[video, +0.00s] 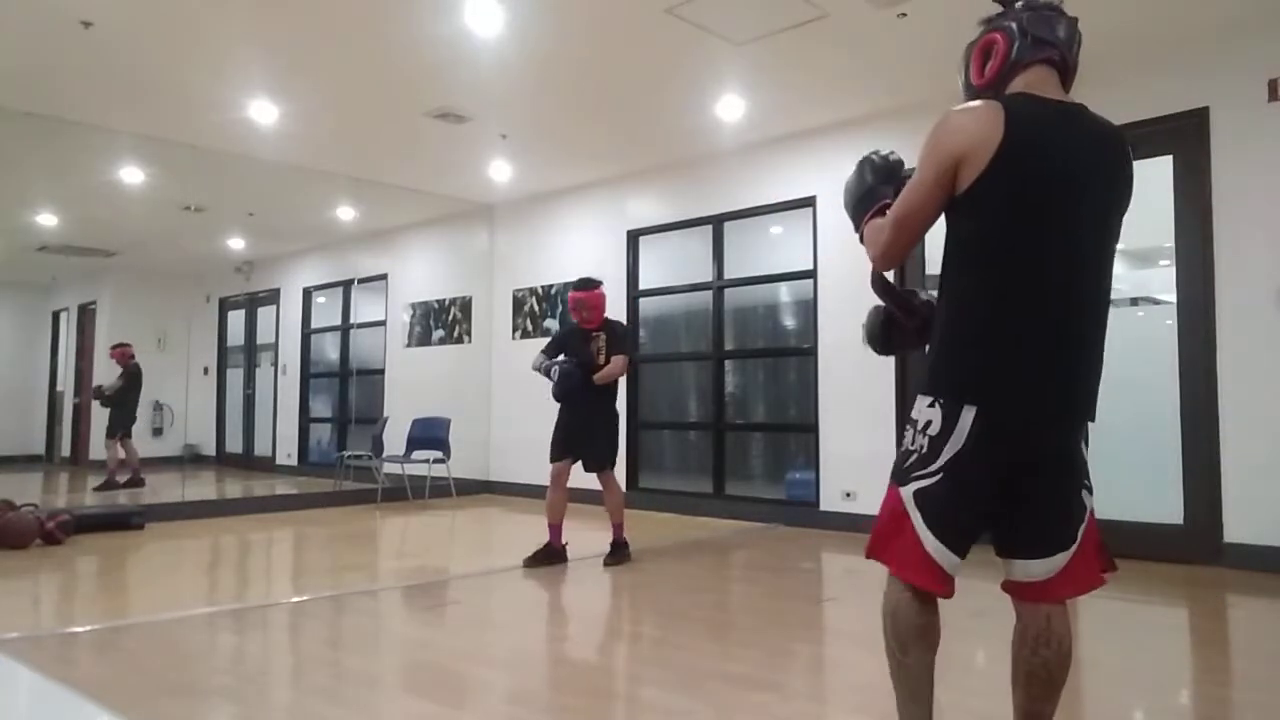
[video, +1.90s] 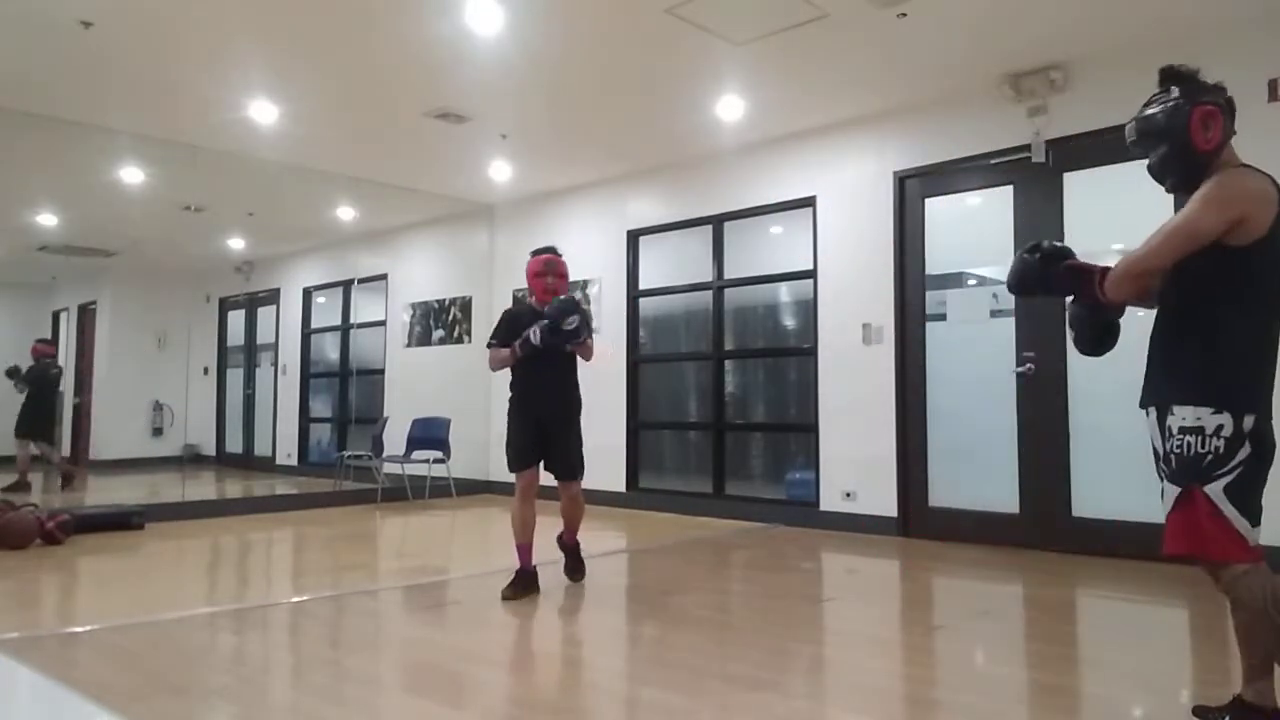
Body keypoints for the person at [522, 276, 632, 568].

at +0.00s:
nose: (580, 316)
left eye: (587, 309)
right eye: (575, 310)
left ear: (601, 305)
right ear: (570, 309)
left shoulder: (617, 331)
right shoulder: (567, 334)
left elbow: (618, 367)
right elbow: (538, 360)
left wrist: (582, 380)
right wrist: (552, 368)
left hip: (602, 413)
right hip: (570, 412)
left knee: (606, 476)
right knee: (558, 473)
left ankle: (619, 542)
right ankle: (555, 545)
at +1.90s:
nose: (548, 282)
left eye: (555, 275)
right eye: (541, 275)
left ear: (566, 280)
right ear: (529, 281)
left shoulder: (571, 313)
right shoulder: (515, 314)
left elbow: (588, 354)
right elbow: (494, 361)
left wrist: (572, 329)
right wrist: (525, 344)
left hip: (564, 410)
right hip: (525, 411)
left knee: (571, 490)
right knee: (525, 486)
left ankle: (570, 542)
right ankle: (526, 570)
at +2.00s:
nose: (545, 282)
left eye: (552, 275)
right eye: (536, 275)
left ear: (562, 278)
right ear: (523, 279)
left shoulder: (571, 310)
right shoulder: (509, 313)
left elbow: (595, 341)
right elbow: (478, 341)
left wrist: (574, 334)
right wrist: (509, 330)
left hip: (562, 410)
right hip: (522, 411)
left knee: (572, 490)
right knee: (524, 488)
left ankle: (563, 541)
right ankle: (525, 570)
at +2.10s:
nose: (543, 279)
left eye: (550, 271)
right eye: (534, 272)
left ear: (560, 274)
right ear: (522, 275)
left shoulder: (569, 310)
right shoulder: (506, 311)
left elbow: (602, 333)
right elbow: (468, 328)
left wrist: (638, 344)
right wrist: (438, 332)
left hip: (562, 411)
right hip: (521, 412)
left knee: (571, 486)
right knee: (523, 488)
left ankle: (567, 556)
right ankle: (525, 571)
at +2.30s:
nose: (553, 268)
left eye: (560, 262)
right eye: (544, 260)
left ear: (568, 268)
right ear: (529, 266)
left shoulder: (575, 307)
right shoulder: (510, 303)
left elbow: (601, 337)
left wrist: (633, 356)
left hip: (561, 412)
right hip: (520, 413)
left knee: (568, 489)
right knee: (522, 489)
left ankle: (584, 573)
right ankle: (525, 572)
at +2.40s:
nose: (559, 268)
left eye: (567, 262)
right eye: (551, 260)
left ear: (576, 269)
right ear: (536, 266)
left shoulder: (578, 306)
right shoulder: (519, 301)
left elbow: (578, 351)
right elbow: (504, 345)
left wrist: (583, 369)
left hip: (563, 410)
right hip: (523, 409)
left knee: (570, 491)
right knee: (523, 490)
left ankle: (582, 578)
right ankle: (525, 572)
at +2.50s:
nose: (567, 269)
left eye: (576, 262)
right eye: (559, 260)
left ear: (585, 270)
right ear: (544, 265)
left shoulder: (584, 308)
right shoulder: (524, 302)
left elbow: (576, 355)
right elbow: (516, 350)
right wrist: (508, 377)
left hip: (567, 409)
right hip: (527, 408)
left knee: (575, 492)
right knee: (527, 490)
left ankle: (583, 581)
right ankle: (525, 573)